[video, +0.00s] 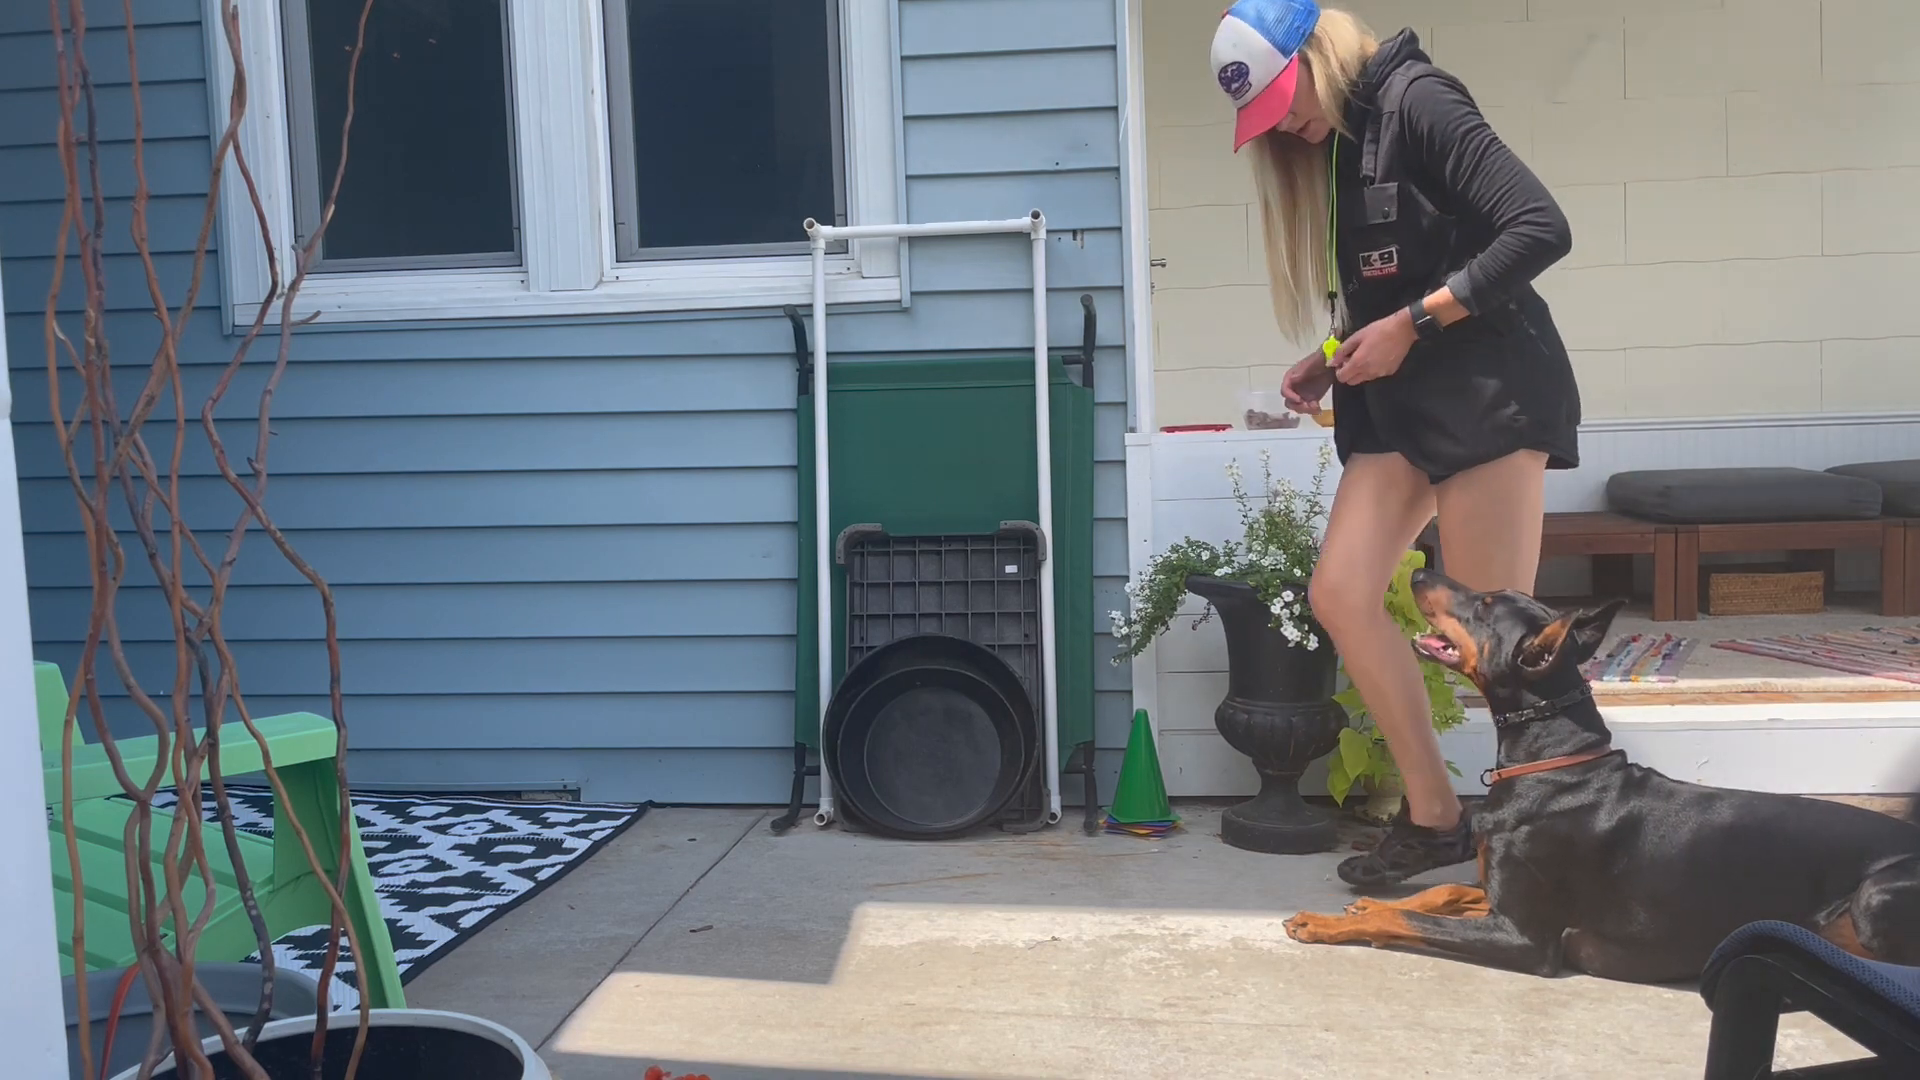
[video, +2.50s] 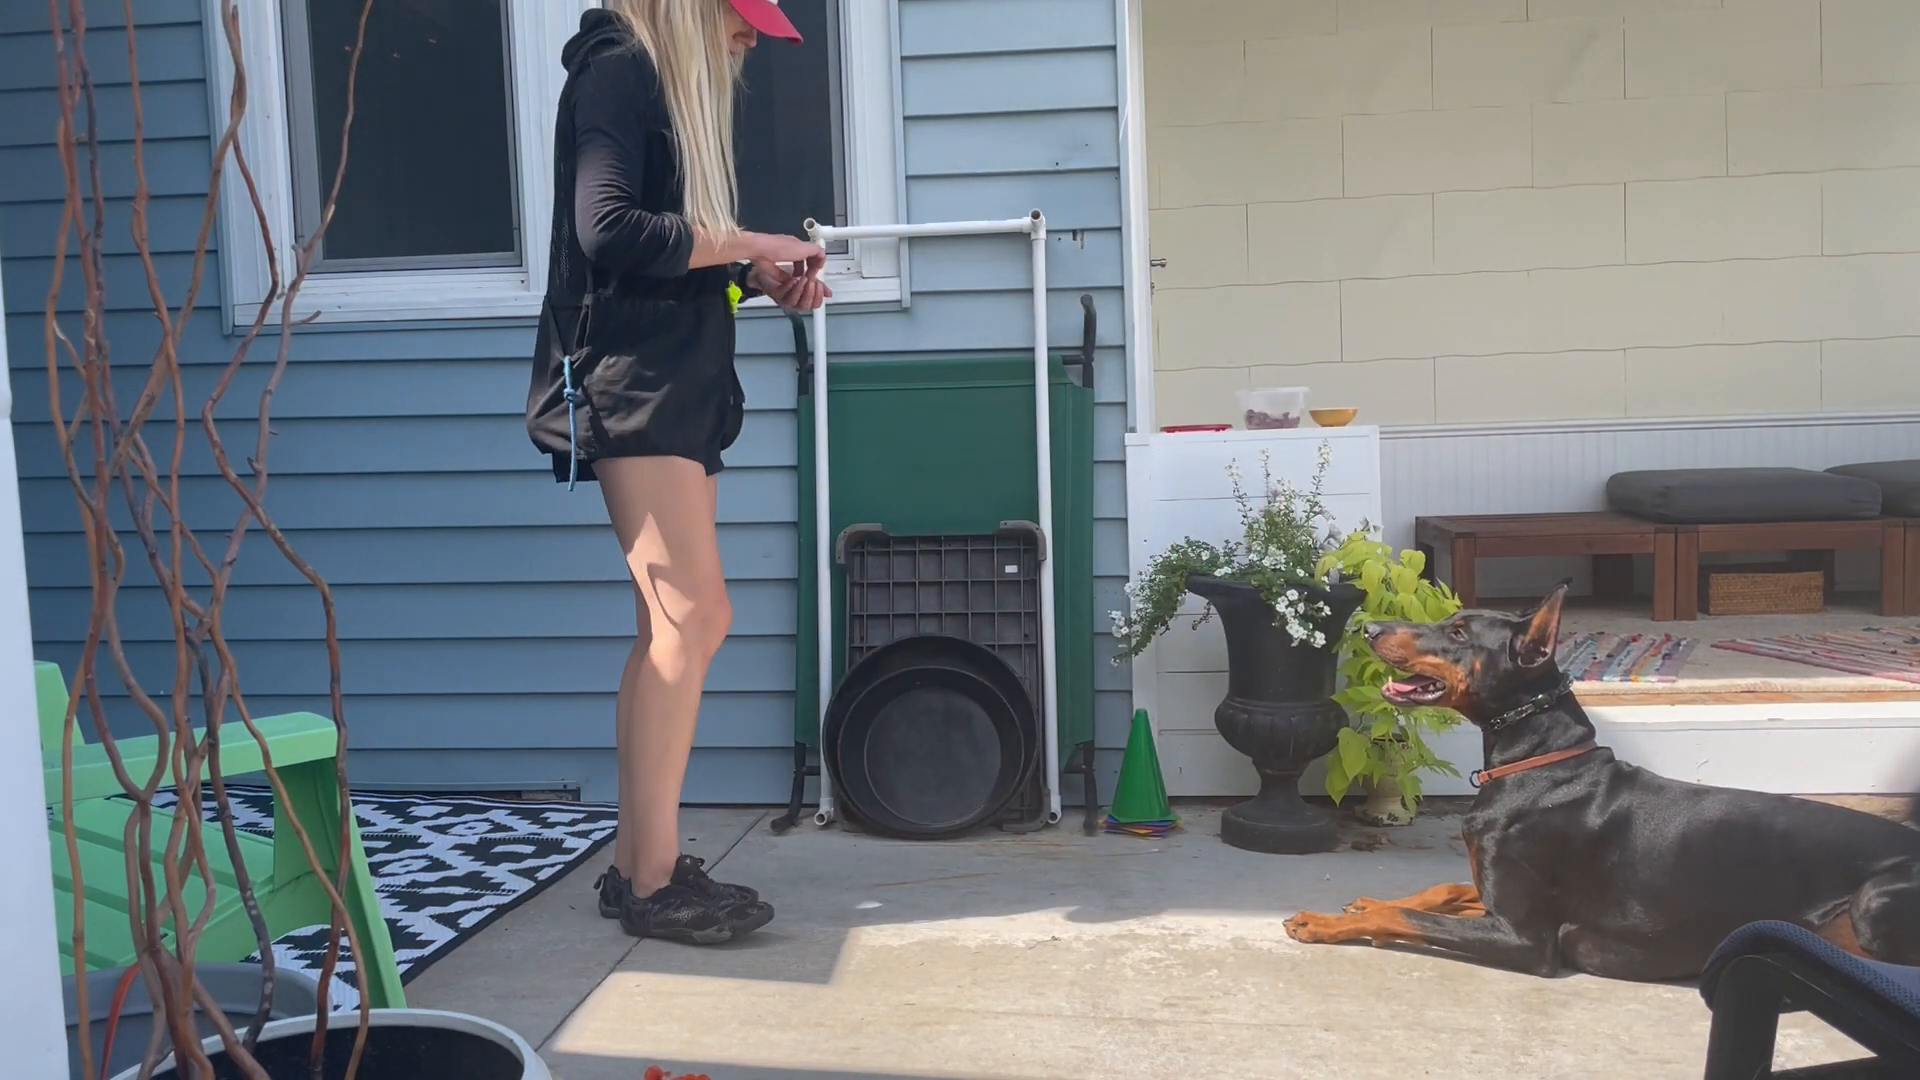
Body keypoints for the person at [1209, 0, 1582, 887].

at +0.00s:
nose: (1290, 132)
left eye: (1285, 111)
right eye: (1275, 124)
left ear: (1315, 59)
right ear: (1280, 92)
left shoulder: (1419, 101)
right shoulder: (1344, 139)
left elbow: (1538, 226)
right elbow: (1398, 282)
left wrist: (1417, 320)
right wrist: (1334, 359)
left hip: (1491, 391)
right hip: (1401, 402)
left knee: (1496, 632)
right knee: (1343, 596)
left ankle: (1548, 830)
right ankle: (1436, 818)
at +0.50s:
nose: (1042, 97)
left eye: (1043, 73)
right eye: (1028, 86)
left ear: (1081, 30)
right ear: (1033, 67)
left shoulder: (1170, 94)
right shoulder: (1084, 132)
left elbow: (1245, 242)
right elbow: (1110, 266)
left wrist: (1110, 293)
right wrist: (1047, 306)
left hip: (1193, 393)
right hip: (1109, 397)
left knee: (1151, 627)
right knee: (1084, 606)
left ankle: (1353, 779)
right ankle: (1097, 840)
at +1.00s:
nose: (883, 57)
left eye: (897, 38)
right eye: (863, 43)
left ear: (930, 18)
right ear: (838, 35)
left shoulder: (979, 102)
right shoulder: (835, 106)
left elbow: (1051, 263)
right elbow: (785, 275)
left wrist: (947, 267)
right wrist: (799, 272)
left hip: (951, 397)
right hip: (853, 396)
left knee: (879, 625)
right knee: (855, 634)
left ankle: (852, 868)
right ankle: (1025, 786)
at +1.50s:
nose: (779, 32)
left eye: (787, 21)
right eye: (768, 16)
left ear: (784, 18)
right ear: (712, 2)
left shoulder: (780, 84)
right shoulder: (614, 72)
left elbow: (808, 229)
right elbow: (572, 250)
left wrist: (822, 276)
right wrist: (725, 265)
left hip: (771, 368)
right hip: (651, 373)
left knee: (801, 626)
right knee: (648, 630)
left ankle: (834, 865)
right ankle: (596, 876)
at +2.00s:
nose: (722, 38)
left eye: (727, 27)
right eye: (715, 21)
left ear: (684, 8)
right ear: (671, 2)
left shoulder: (665, 67)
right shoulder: (588, 56)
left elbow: (658, 236)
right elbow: (558, 244)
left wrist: (745, 258)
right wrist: (723, 257)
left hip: (684, 367)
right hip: (616, 373)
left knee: (674, 622)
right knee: (622, 630)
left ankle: (644, 858)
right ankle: (594, 880)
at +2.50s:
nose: (745, 43)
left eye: (749, 31)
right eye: (740, 26)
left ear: (700, 14)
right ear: (693, 8)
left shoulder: (672, 77)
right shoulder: (620, 68)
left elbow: (667, 240)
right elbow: (605, 232)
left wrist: (756, 274)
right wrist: (741, 245)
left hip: (666, 376)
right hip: (633, 375)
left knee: (671, 621)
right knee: (694, 615)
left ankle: (638, 861)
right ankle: (653, 879)